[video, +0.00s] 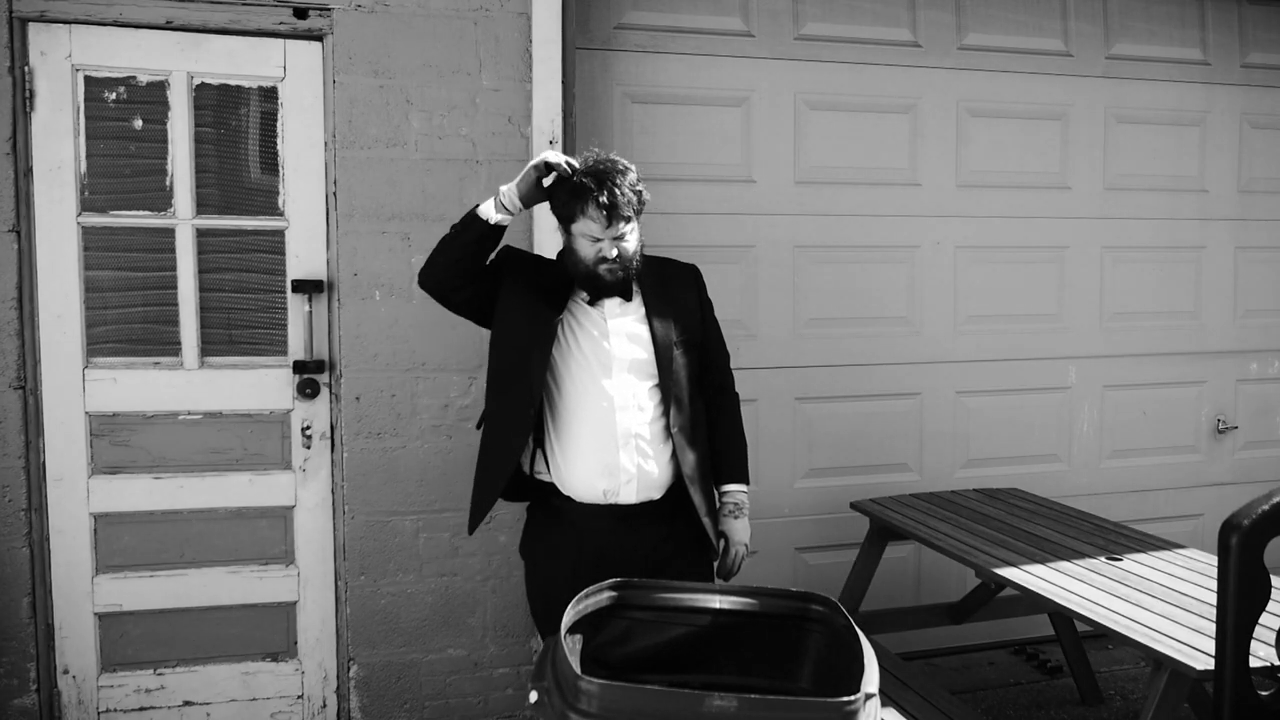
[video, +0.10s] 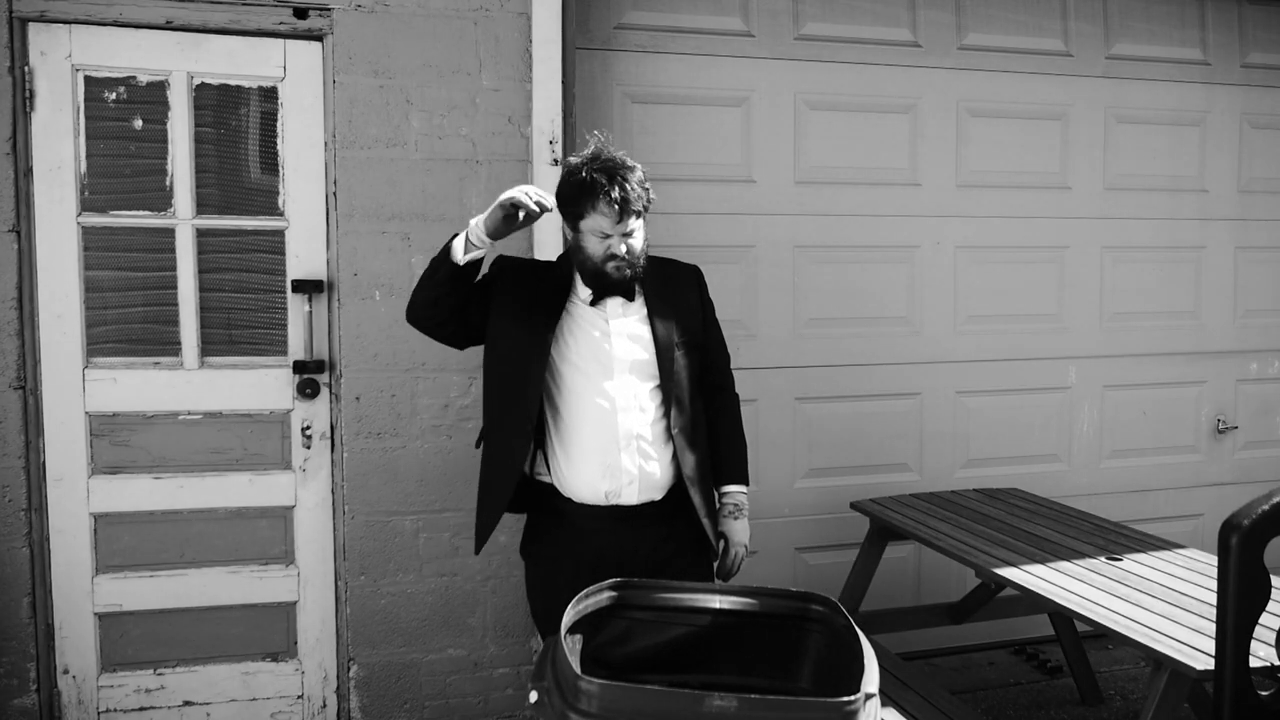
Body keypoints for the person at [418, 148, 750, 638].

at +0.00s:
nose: (611, 252)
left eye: (622, 235)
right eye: (594, 239)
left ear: (639, 223)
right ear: (565, 235)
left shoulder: (680, 287)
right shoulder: (526, 287)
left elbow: (719, 395)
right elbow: (441, 278)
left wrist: (734, 502)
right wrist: (510, 202)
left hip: (671, 528)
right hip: (566, 532)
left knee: (676, 696)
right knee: (576, 694)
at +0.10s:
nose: (621, 250)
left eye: (631, 232)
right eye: (603, 236)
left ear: (645, 224)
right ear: (570, 231)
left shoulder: (681, 287)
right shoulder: (521, 290)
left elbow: (719, 396)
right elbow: (428, 314)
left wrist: (733, 504)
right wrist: (481, 234)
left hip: (670, 528)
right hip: (566, 531)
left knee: (675, 695)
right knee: (577, 693)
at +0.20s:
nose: (637, 246)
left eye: (643, 228)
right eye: (619, 232)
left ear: (652, 221)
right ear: (578, 229)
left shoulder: (682, 288)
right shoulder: (519, 295)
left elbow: (719, 397)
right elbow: (435, 363)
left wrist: (734, 504)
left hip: (670, 527)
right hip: (566, 532)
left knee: (676, 694)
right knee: (577, 693)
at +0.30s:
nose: (646, 243)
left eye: (651, 227)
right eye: (629, 228)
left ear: (657, 222)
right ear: (583, 228)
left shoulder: (681, 288)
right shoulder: (518, 301)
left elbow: (718, 396)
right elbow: (475, 375)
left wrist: (733, 503)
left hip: (669, 530)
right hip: (566, 535)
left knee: (674, 695)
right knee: (575, 693)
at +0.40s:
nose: (650, 243)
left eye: (653, 227)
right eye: (634, 229)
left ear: (659, 221)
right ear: (585, 229)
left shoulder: (679, 287)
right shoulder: (515, 303)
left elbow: (715, 394)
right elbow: (485, 409)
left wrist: (733, 500)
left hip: (671, 532)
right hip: (567, 539)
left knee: (678, 699)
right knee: (580, 707)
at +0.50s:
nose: (652, 244)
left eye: (655, 228)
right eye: (637, 229)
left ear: (659, 222)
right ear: (590, 227)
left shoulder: (677, 287)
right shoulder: (513, 304)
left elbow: (713, 392)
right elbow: (493, 418)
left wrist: (731, 497)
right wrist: (493, 527)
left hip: (671, 530)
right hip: (570, 536)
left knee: (678, 695)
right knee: (582, 697)